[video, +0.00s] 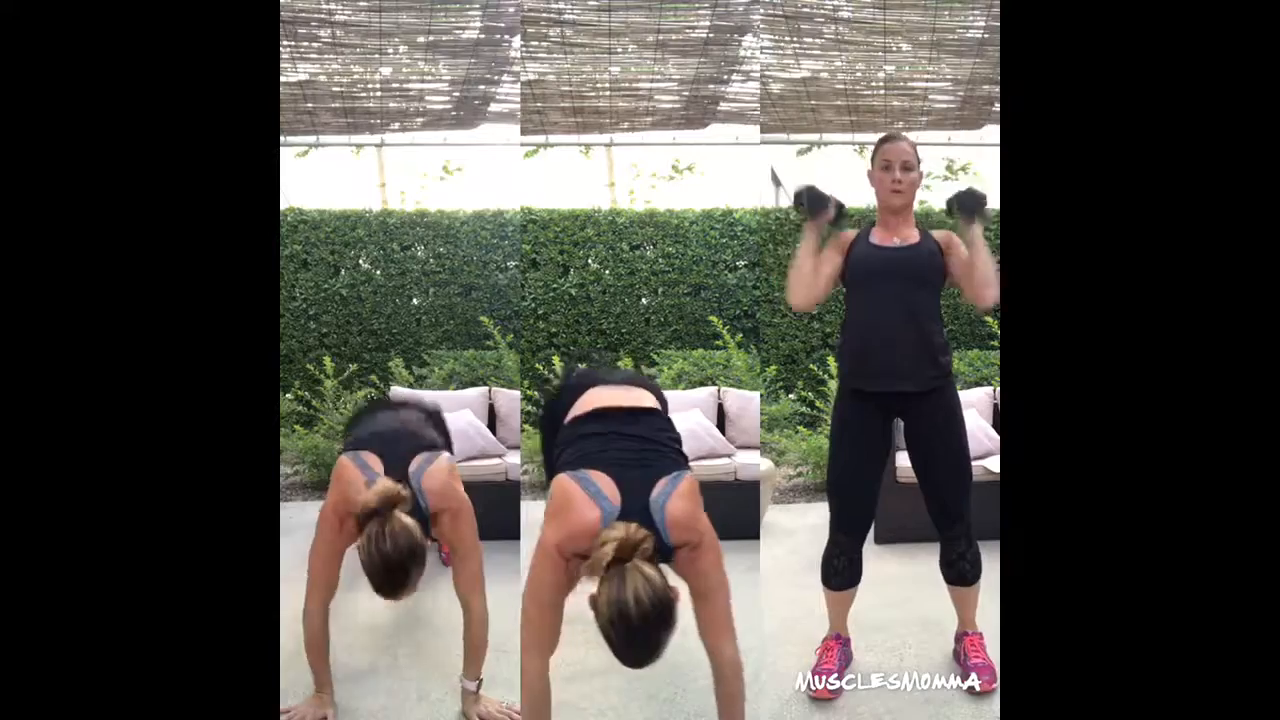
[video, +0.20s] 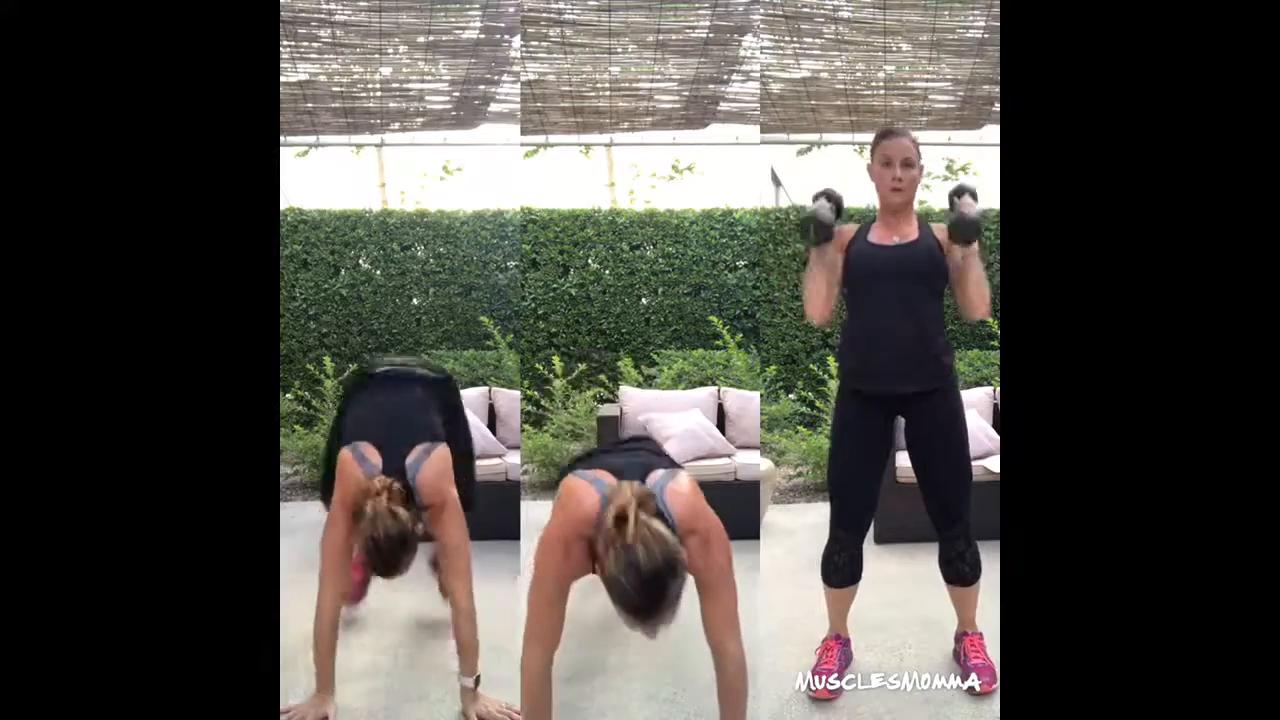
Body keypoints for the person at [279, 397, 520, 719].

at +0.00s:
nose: (400, 598)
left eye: (409, 591)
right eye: (390, 594)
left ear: (427, 539)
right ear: (361, 546)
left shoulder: (451, 501)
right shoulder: (340, 505)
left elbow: (474, 601)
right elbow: (316, 603)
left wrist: (472, 690)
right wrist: (322, 692)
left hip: (433, 426)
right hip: (364, 428)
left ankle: (443, 536)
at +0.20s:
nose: (388, 573)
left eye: (396, 569)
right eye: (379, 568)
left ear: (417, 528)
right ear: (361, 523)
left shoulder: (439, 485)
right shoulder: (348, 480)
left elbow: (461, 598)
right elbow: (332, 595)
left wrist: (471, 690)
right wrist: (323, 693)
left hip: (434, 385)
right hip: (366, 384)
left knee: (456, 501)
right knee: (335, 500)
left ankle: (445, 554)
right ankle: (357, 551)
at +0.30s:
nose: (392, 558)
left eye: (397, 550)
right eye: (381, 553)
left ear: (413, 513)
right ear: (360, 522)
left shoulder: (437, 481)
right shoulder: (345, 476)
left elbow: (462, 598)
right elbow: (324, 594)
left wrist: (472, 690)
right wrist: (321, 691)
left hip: (434, 405)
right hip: (366, 404)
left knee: (463, 521)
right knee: (334, 506)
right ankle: (353, 603)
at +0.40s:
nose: (385, 506)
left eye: (393, 493)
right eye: (374, 494)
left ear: (409, 473)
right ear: (357, 477)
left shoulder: (433, 453)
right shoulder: (339, 463)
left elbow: (467, 575)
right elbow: (315, 571)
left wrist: (479, 676)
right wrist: (307, 676)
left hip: (430, 428)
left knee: (461, 527)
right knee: (336, 527)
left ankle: (445, 610)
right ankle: (357, 606)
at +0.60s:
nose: (392, 380)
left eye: (401, 367)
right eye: (379, 369)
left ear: (416, 360)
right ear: (361, 366)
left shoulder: (438, 387)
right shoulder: (345, 390)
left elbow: (484, 468)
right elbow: (302, 472)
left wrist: (484, 552)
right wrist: (294, 561)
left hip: (428, 439)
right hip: (367, 438)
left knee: (455, 515)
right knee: (343, 516)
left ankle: (444, 609)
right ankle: (358, 605)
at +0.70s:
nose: (392, 327)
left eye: (403, 315)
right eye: (380, 314)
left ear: (419, 316)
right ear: (362, 316)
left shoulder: (445, 359)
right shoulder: (342, 356)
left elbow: (480, 422)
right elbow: (311, 423)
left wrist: (479, 496)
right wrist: (311, 503)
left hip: (429, 419)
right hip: (368, 417)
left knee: (451, 511)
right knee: (345, 511)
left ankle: (444, 609)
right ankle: (357, 605)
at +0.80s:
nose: (395, 280)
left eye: (406, 269)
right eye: (383, 270)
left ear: (421, 277)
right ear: (364, 277)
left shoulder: (448, 333)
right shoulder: (343, 328)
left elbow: (466, 394)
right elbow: (331, 394)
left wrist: (466, 456)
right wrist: (331, 463)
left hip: (429, 420)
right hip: (367, 420)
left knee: (448, 511)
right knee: (346, 511)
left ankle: (443, 609)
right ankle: (357, 605)